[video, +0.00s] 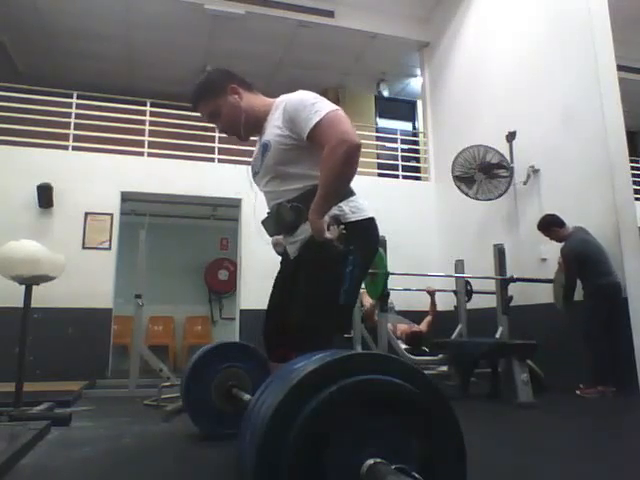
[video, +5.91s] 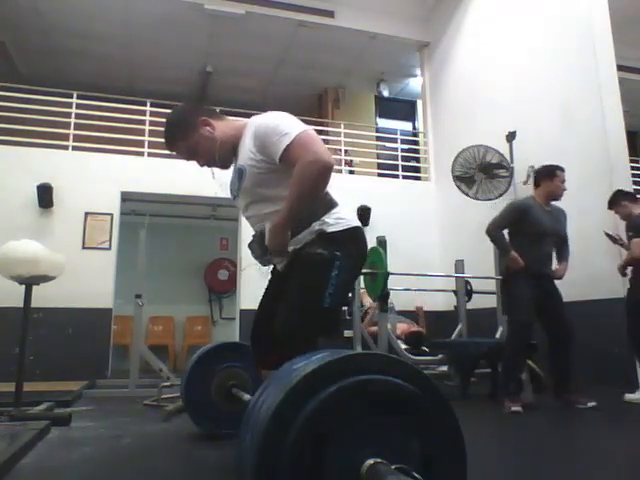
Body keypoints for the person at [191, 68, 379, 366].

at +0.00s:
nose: (219, 129)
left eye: (216, 116)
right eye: (212, 123)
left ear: (235, 93)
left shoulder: (294, 104)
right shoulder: (260, 157)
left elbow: (345, 143)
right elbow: (291, 198)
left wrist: (317, 214)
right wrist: (281, 234)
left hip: (339, 234)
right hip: (304, 247)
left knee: (310, 340)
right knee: (277, 339)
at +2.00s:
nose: (202, 155)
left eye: (197, 143)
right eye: (194, 150)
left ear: (213, 118)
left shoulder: (271, 118)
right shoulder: (240, 170)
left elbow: (317, 160)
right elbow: (271, 216)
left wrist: (297, 236)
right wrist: (257, 254)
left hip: (331, 238)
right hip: (296, 251)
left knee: (298, 333)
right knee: (266, 334)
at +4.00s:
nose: (203, 146)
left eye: (200, 134)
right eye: (196, 140)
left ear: (219, 112)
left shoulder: (271, 119)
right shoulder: (247, 168)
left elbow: (324, 147)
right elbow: (277, 213)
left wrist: (308, 222)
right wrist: (271, 256)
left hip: (329, 236)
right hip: (296, 251)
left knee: (303, 338)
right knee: (271, 338)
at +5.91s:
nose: (199, 163)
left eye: (193, 153)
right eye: (191, 159)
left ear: (207, 127)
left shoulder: (265, 125)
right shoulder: (239, 174)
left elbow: (318, 162)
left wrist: (280, 227)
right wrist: (265, 237)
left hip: (330, 243)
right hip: (297, 257)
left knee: (297, 339)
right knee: (265, 340)